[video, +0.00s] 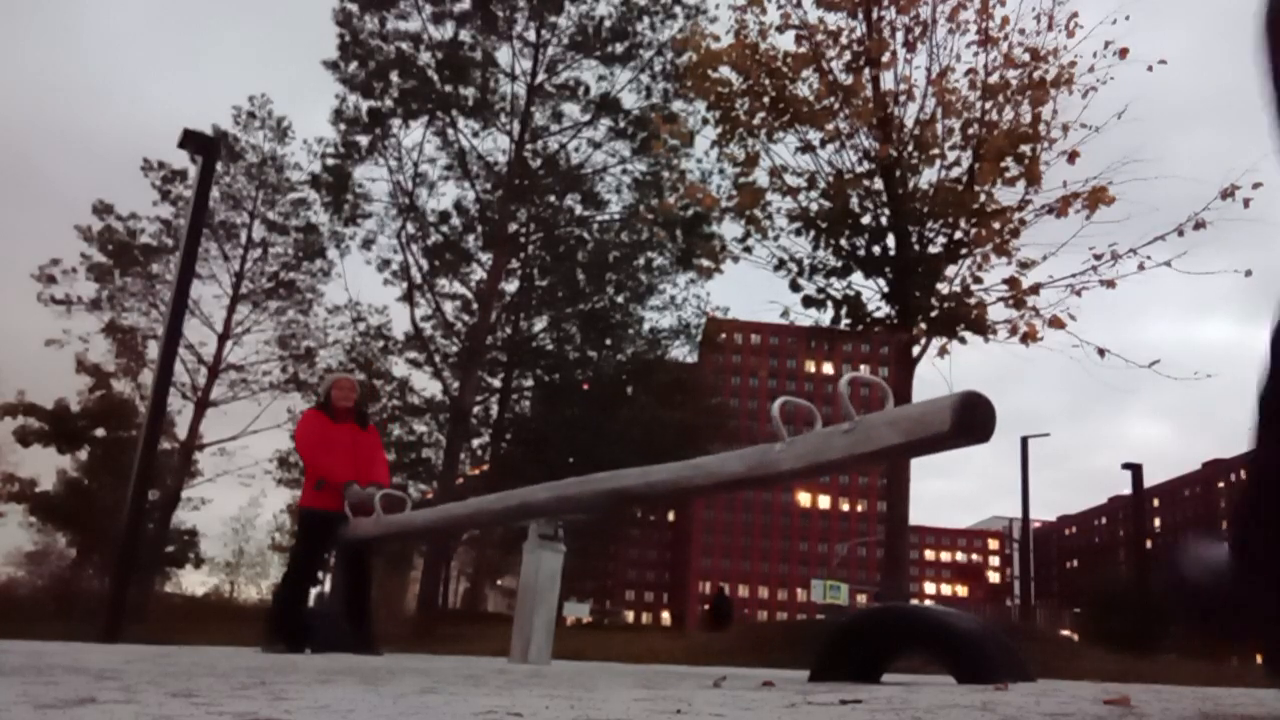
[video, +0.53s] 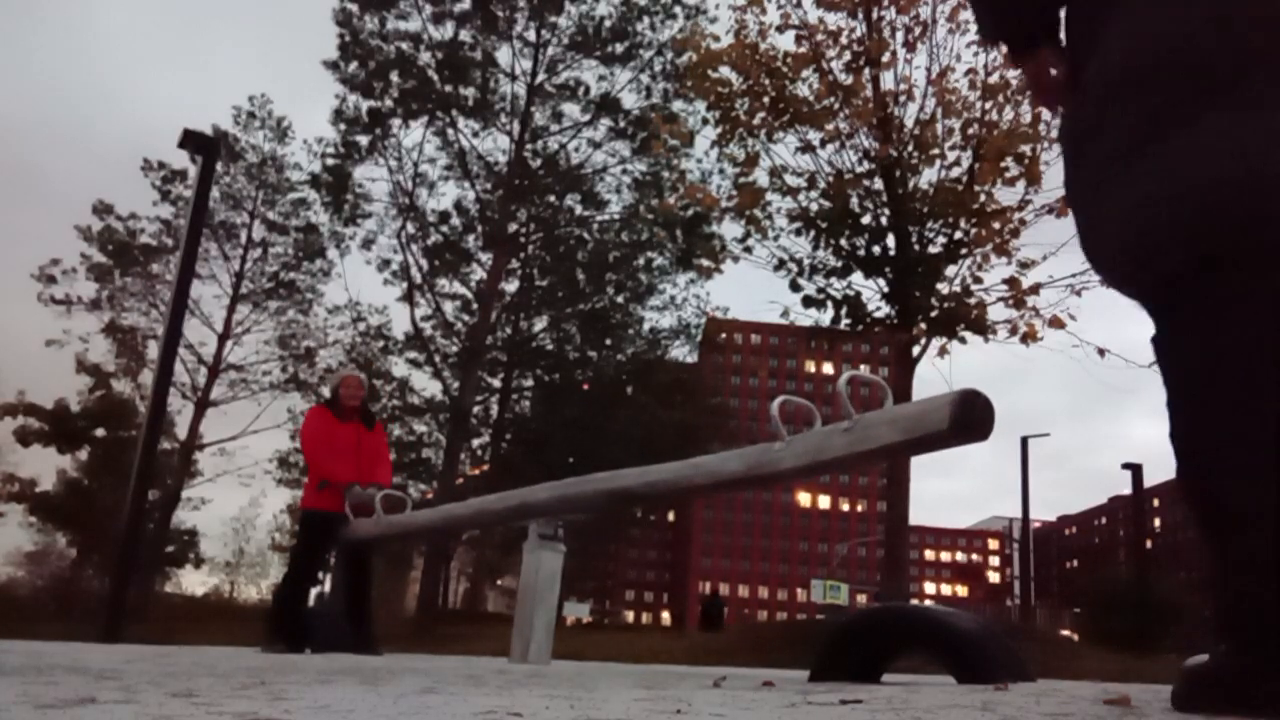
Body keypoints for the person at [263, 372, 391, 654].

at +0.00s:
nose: (345, 393)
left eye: (351, 389)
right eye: (339, 388)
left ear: (358, 396)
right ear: (328, 393)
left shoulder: (367, 430)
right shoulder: (312, 420)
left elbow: (379, 465)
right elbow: (312, 456)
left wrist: (377, 489)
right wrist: (342, 481)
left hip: (357, 514)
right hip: (319, 509)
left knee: (357, 577)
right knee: (301, 573)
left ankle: (360, 640)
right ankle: (282, 637)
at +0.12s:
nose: (345, 393)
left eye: (351, 389)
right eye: (339, 388)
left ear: (358, 396)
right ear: (327, 393)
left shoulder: (367, 429)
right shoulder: (312, 420)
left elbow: (379, 465)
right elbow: (313, 458)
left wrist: (376, 489)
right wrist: (343, 482)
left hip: (357, 514)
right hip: (319, 509)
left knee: (358, 578)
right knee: (302, 573)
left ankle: (360, 640)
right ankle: (281, 637)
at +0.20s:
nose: (345, 393)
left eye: (351, 389)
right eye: (339, 388)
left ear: (358, 395)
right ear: (328, 393)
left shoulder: (367, 428)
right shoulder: (313, 419)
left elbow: (379, 465)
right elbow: (311, 455)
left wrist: (378, 490)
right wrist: (339, 482)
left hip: (357, 514)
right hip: (320, 509)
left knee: (358, 577)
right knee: (302, 573)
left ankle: (360, 640)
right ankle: (281, 636)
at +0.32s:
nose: (348, 393)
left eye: (353, 389)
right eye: (342, 388)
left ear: (360, 394)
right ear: (331, 392)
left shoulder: (370, 428)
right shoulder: (315, 419)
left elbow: (381, 466)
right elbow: (315, 457)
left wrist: (378, 491)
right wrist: (344, 483)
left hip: (358, 514)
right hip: (321, 509)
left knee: (358, 578)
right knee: (302, 573)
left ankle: (360, 640)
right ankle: (281, 636)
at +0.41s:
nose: (349, 393)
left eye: (354, 388)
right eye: (343, 388)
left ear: (361, 394)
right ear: (332, 392)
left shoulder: (371, 428)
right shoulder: (316, 418)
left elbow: (381, 466)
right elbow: (315, 457)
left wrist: (376, 490)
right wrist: (344, 482)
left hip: (359, 514)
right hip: (321, 509)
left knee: (358, 579)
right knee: (302, 573)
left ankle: (360, 640)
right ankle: (281, 636)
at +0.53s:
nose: (353, 392)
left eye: (359, 388)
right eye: (347, 387)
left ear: (365, 393)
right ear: (336, 391)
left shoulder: (373, 427)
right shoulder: (319, 417)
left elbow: (383, 466)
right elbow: (315, 455)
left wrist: (376, 489)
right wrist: (343, 482)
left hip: (359, 514)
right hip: (321, 508)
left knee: (359, 578)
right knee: (302, 573)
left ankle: (360, 640)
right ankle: (282, 636)